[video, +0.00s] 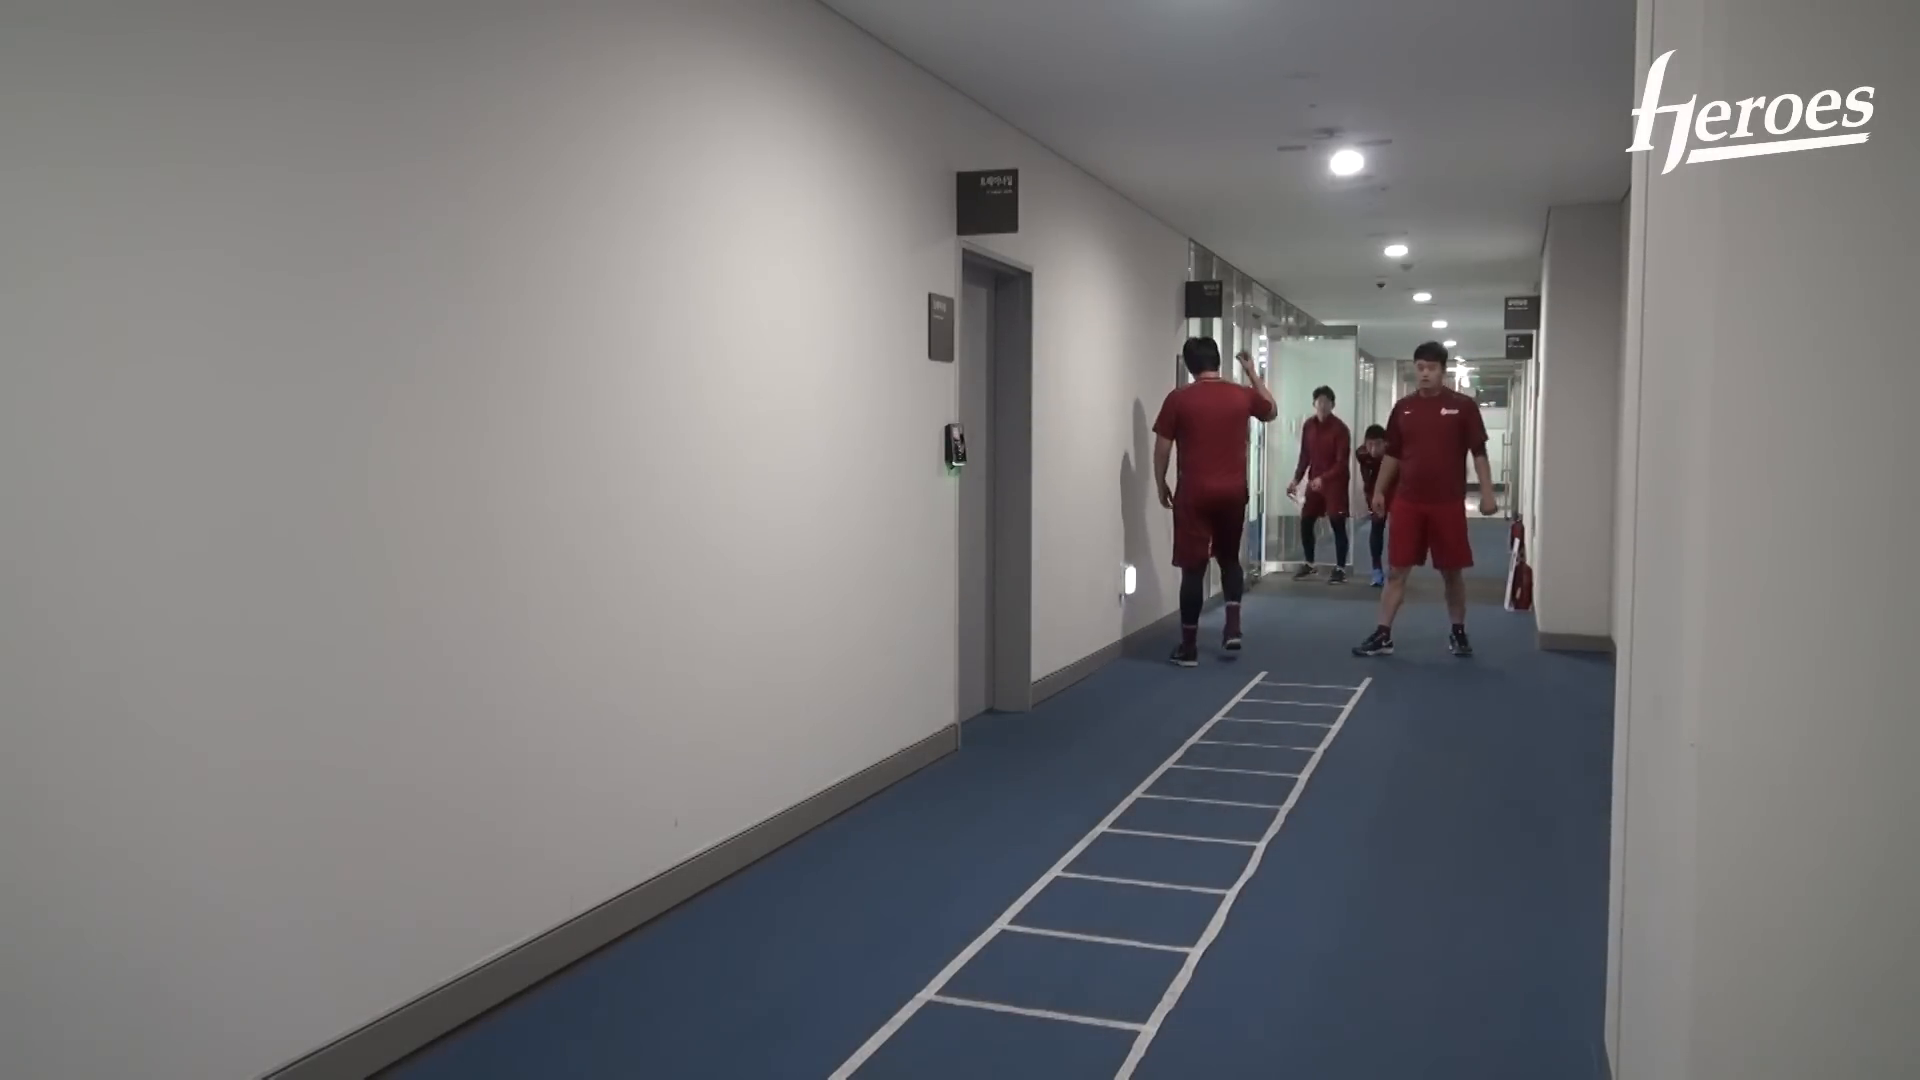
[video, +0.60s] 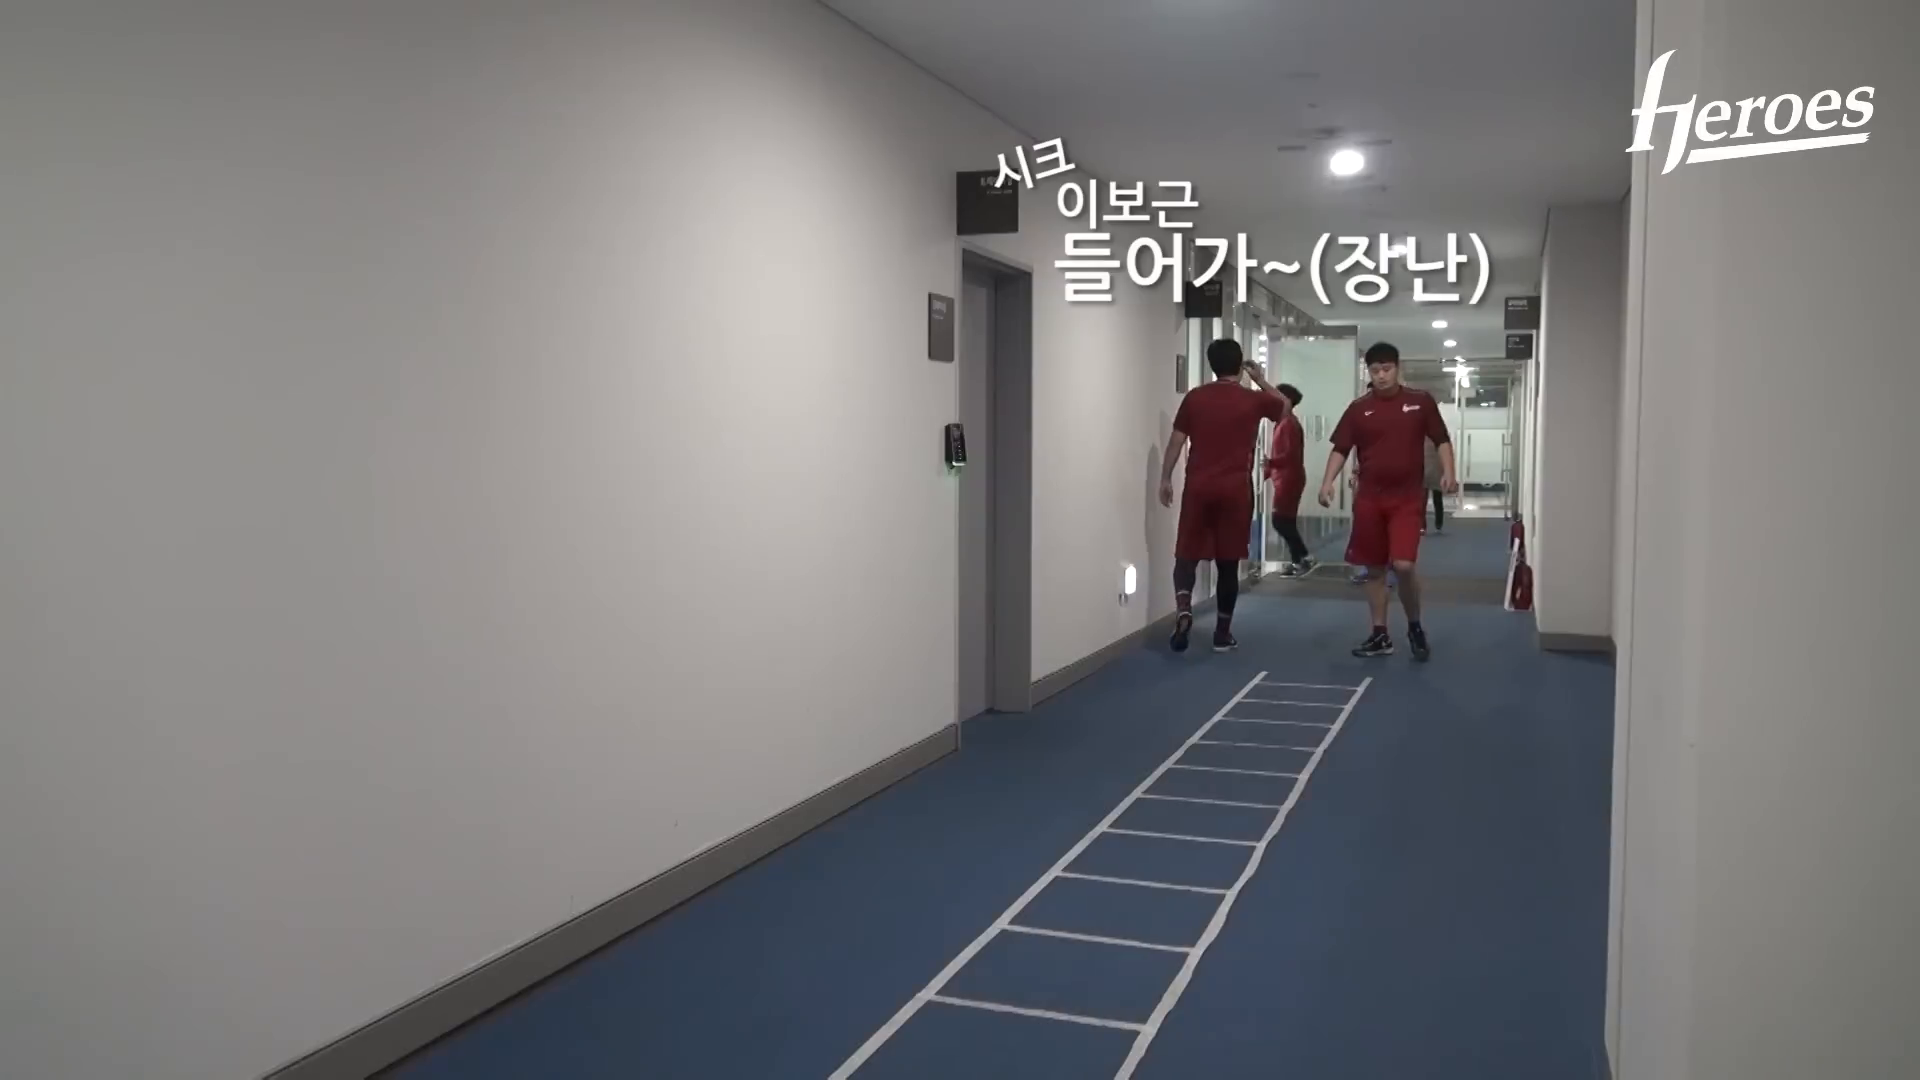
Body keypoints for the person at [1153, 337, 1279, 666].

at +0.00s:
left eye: (1186, 365)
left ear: (1189, 366)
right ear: (1219, 364)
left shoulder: (1179, 398)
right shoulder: (1241, 394)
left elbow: (1162, 447)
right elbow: (1270, 409)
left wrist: (1161, 484)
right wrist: (1253, 374)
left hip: (1194, 493)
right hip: (1233, 492)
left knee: (1193, 569)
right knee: (1230, 559)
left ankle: (1188, 647)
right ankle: (1233, 630)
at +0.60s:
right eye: (1239, 362)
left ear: (1211, 366)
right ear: (1241, 366)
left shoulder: (1195, 397)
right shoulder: (1252, 399)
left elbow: (1176, 442)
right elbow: (1284, 409)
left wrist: (1165, 479)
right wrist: (1261, 380)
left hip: (1198, 488)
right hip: (1235, 490)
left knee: (1186, 555)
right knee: (1228, 564)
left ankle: (1183, 610)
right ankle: (1222, 634)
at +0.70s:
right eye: (1241, 362)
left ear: (1213, 367)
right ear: (1243, 365)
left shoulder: (1199, 397)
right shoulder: (1256, 399)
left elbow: (1180, 441)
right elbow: (1283, 407)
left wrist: (1169, 478)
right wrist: (1262, 380)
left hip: (1202, 488)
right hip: (1239, 491)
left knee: (1190, 554)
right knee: (1229, 563)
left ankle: (1186, 612)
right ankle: (1222, 634)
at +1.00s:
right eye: (1246, 369)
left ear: (1220, 374)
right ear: (1249, 373)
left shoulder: (1208, 403)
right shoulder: (1263, 403)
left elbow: (1191, 444)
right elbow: (1287, 417)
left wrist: (1181, 484)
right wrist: (1265, 389)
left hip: (1211, 488)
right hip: (1246, 490)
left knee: (1215, 556)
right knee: (1234, 560)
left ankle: (1220, 622)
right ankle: (1222, 633)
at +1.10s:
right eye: (1247, 372)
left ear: (1221, 377)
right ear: (1249, 375)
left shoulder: (1210, 407)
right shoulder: (1264, 404)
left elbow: (1195, 448)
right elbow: (1288, 418)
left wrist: (1183, 487)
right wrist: (1267, 391)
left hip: (1215, 490)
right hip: (1250, 491)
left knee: (1221, 555)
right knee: (1238, 559)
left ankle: (1227, 619)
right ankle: (1224, 627)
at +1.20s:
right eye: (1248, 372)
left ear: (1223, 378)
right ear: (1251, 374)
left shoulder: (1214, 408)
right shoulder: (1266, 402)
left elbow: (1199, 450)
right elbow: (1291, 415)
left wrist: (1186, 488)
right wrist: (1268, 390)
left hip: (1219, 489)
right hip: (1252, 489)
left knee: (1225, 553)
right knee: (1252, 555)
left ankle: (1226, 616)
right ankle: (1231, 611)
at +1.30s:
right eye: (1253, 369)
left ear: (1228, 377)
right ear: (1255, 372)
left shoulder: (1218, 405)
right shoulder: (1271, 399)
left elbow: (1204, 447)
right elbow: (1297, 412)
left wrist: (1192, 483)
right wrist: (1273, 387)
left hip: (1224, 487)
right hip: (1258, 487)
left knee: (1227, 552)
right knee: (1267, 553)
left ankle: (1227, 619)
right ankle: (1238, 601)